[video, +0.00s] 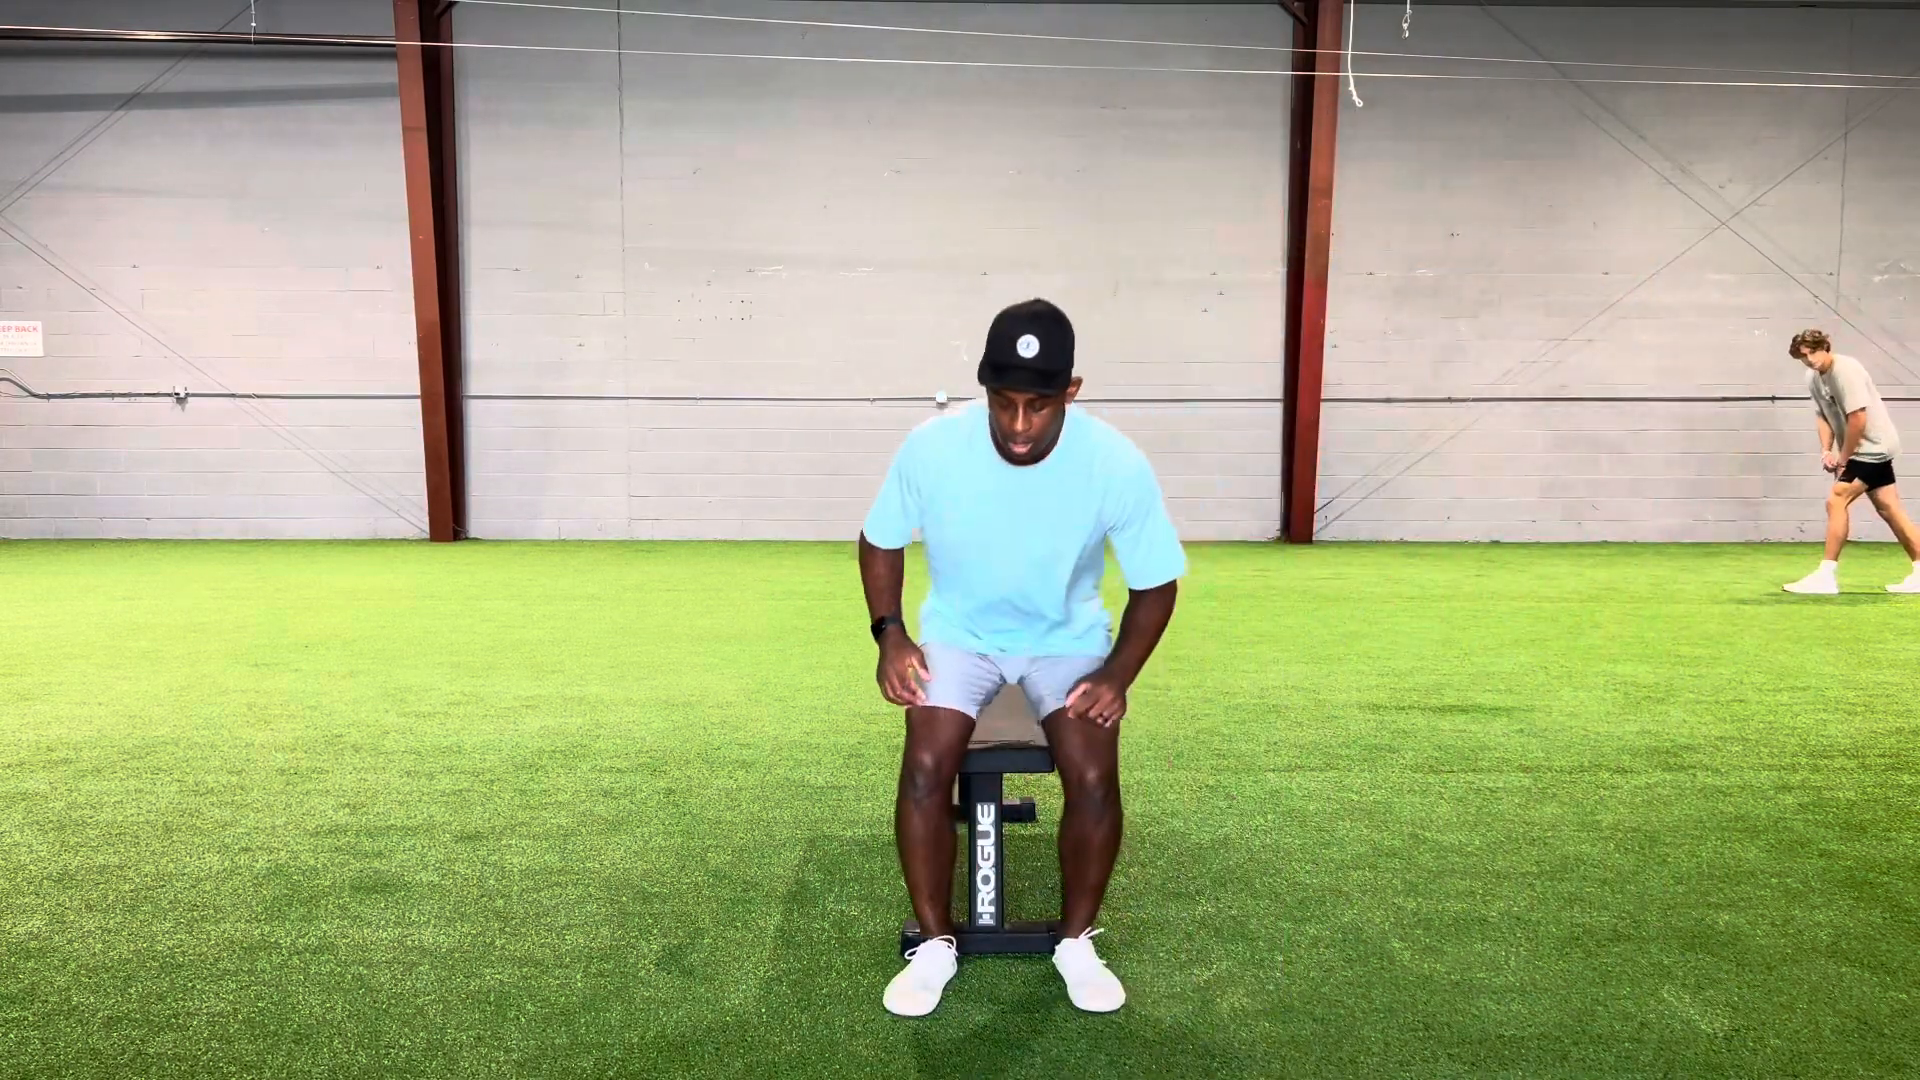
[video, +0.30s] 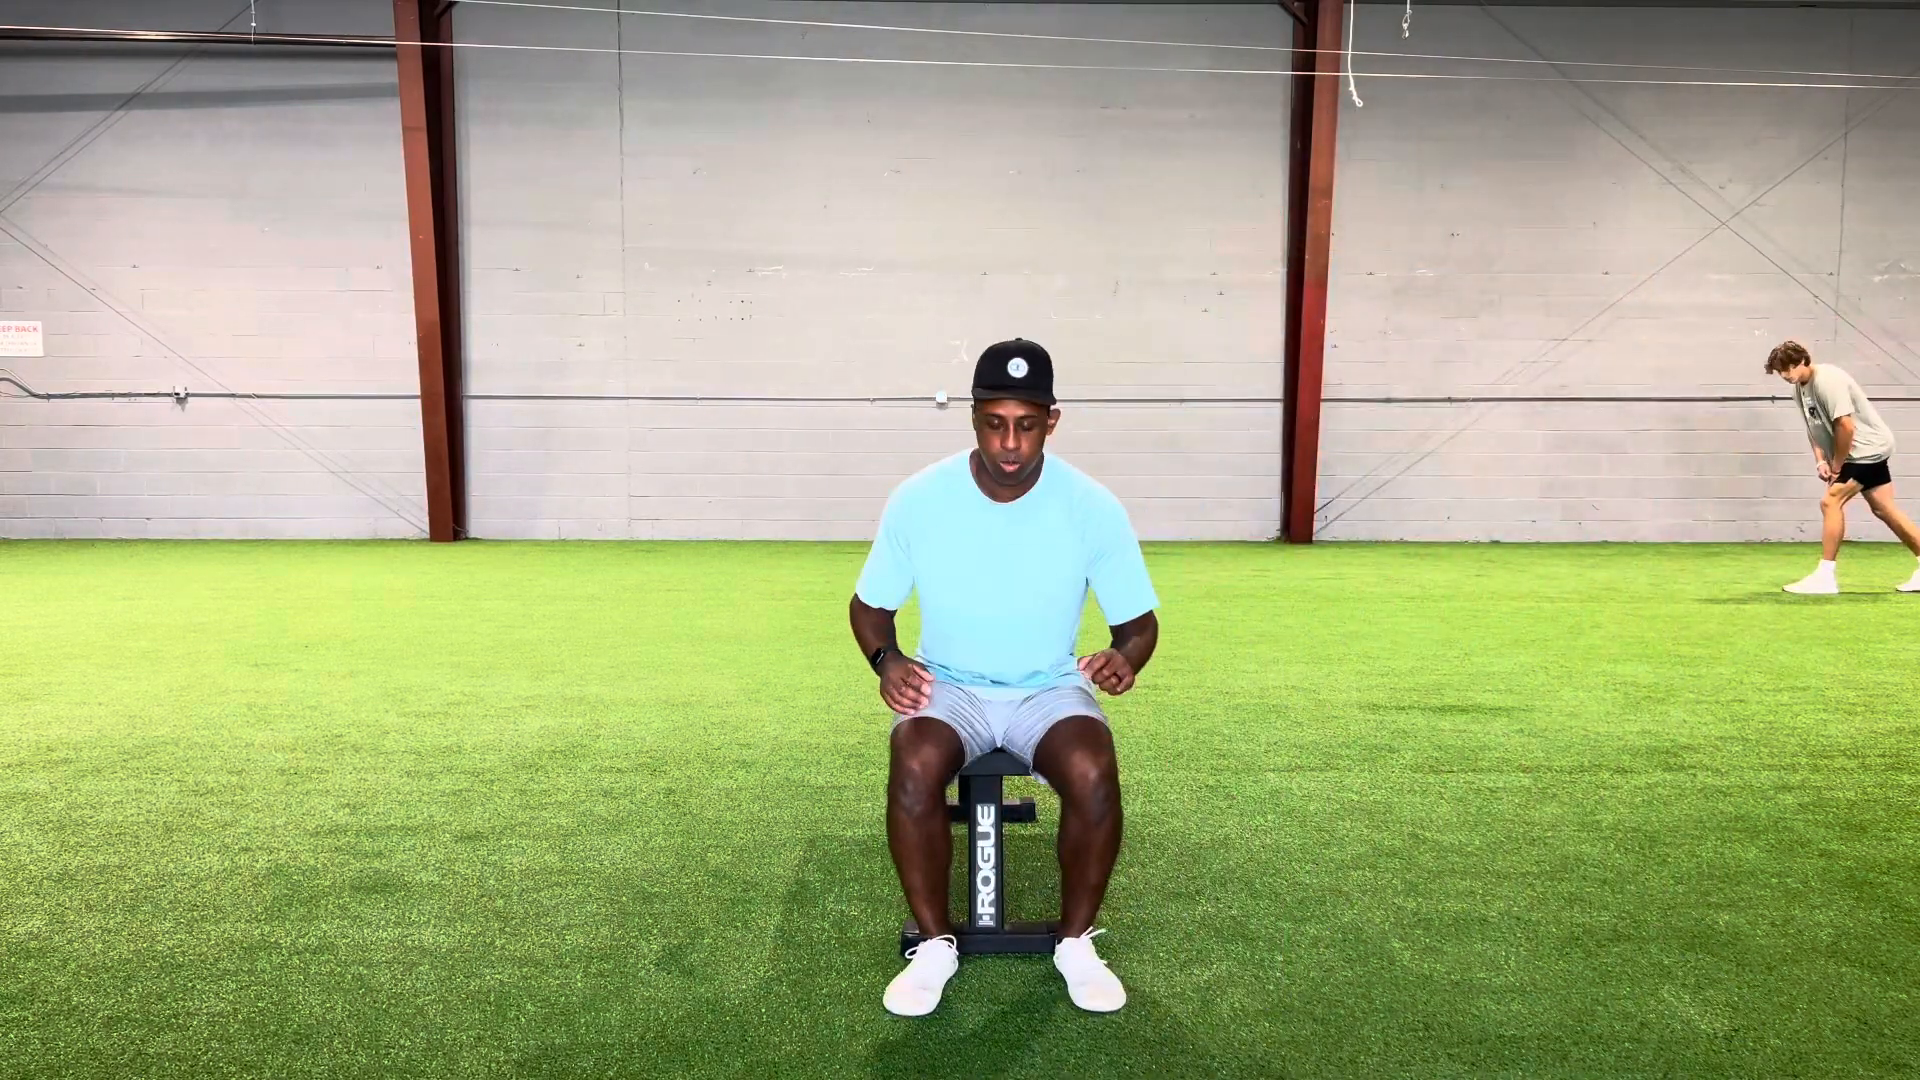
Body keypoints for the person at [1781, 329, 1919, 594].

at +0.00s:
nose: (1808, 361)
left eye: (1811, 354)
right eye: (1803, 358)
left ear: (1825, 347)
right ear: (1801, 358)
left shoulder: (1845, 370)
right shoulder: (1816, 378)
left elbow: (1858, 418)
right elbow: (1823, 416)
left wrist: (1843, 457)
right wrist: (1826, 449)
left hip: (1875, 448)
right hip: (1866, 449)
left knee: (1837, 501)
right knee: (1889, 509)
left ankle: (1826, 574)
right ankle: (1919, 567)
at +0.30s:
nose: (1785, 377)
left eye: (1787, 370)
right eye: (1782, 373)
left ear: (1802, 362)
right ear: (1784, 370)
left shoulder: (1828, 380)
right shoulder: (1801, 388)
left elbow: (1846, 426)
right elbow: (1813, 428)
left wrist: (1836, 464)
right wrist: (1821, 460)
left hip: (1870, 451)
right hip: (1864, 451)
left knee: (1832, 502)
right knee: (1884, 509)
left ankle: (1825, 575)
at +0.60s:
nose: (1802, 368)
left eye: (1803, 361)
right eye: (1798, 363)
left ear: (1820, 353)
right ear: (1812, 358)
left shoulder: (1848, 374)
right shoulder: (1821, 379)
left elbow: (1859, 423)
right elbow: (1829, 422)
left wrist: (1843, 462)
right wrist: (1829, 456)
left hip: (1875, 453)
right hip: (1871, 453)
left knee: (1835, 502)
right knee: (1890, 511)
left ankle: (1825, 575)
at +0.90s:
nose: (1814, 358)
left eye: (1817, 351)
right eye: (1813, 353)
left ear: (1835, 346)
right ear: (1829, 350)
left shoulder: (1867, 370)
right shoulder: (1832, 375)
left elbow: (1891, 413)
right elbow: (1839, 415)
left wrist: (1862, 453)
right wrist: (1831, 447)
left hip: (1879, 457)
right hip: (1869, 458)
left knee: (1831, 499)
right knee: (1895, 513)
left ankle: (1829, 574)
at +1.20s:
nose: (1787, 369)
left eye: (1790, 362)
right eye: (1785, 364)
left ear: (1807, 358)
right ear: (1801, 361)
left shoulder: (1835, 378)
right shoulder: (1806, 388)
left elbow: (1862, 421)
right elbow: (1819, 423)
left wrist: (1843, 462)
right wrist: (1822, 454)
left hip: (1872, 454)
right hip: (1865, 454)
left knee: (1831, 502)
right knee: (1890, 511)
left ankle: (1828, 577)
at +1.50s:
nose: (1777, 381)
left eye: (1779, 374)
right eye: (1774, 376)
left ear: (1795, 367)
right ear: (1790, 371)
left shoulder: (1825, 385)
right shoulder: (1798, 394)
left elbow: (1850, 428)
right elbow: (1812, 430)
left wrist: (1831, 469)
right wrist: (1814, 462)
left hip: (1868, 454)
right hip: (1863, 455)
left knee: (1821, 503)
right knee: (1884, 513)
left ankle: (1826, 576)